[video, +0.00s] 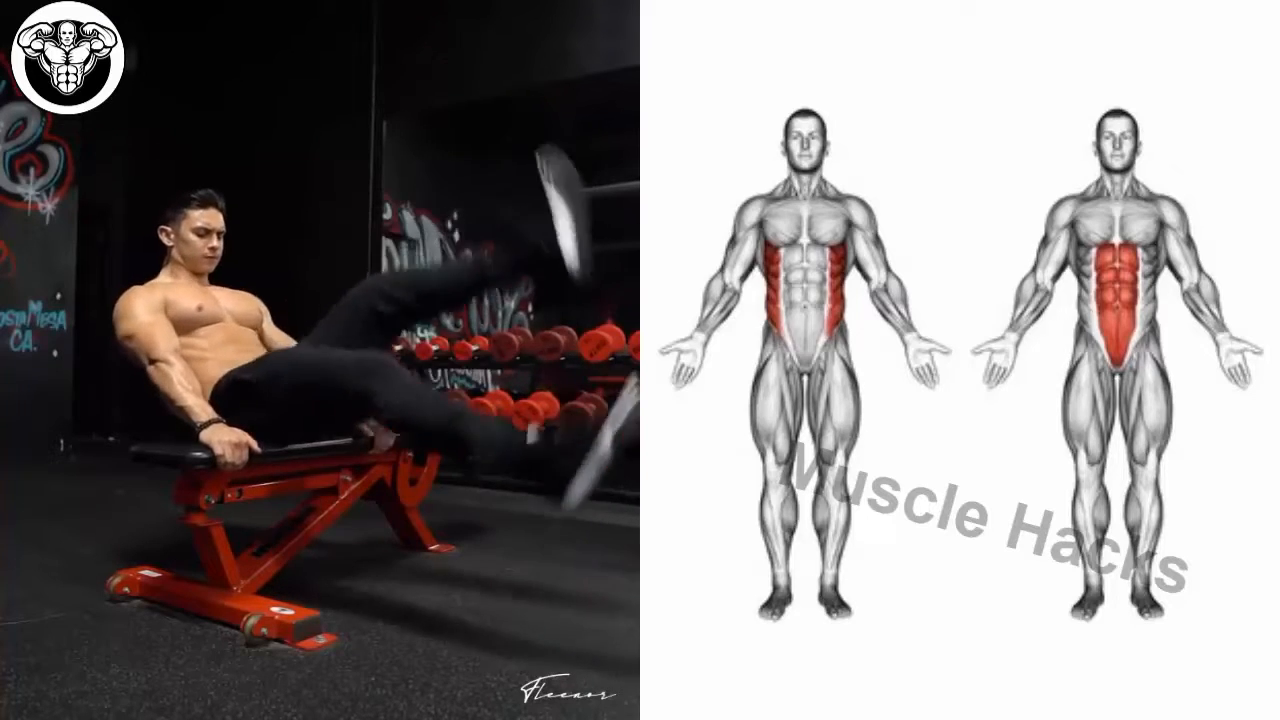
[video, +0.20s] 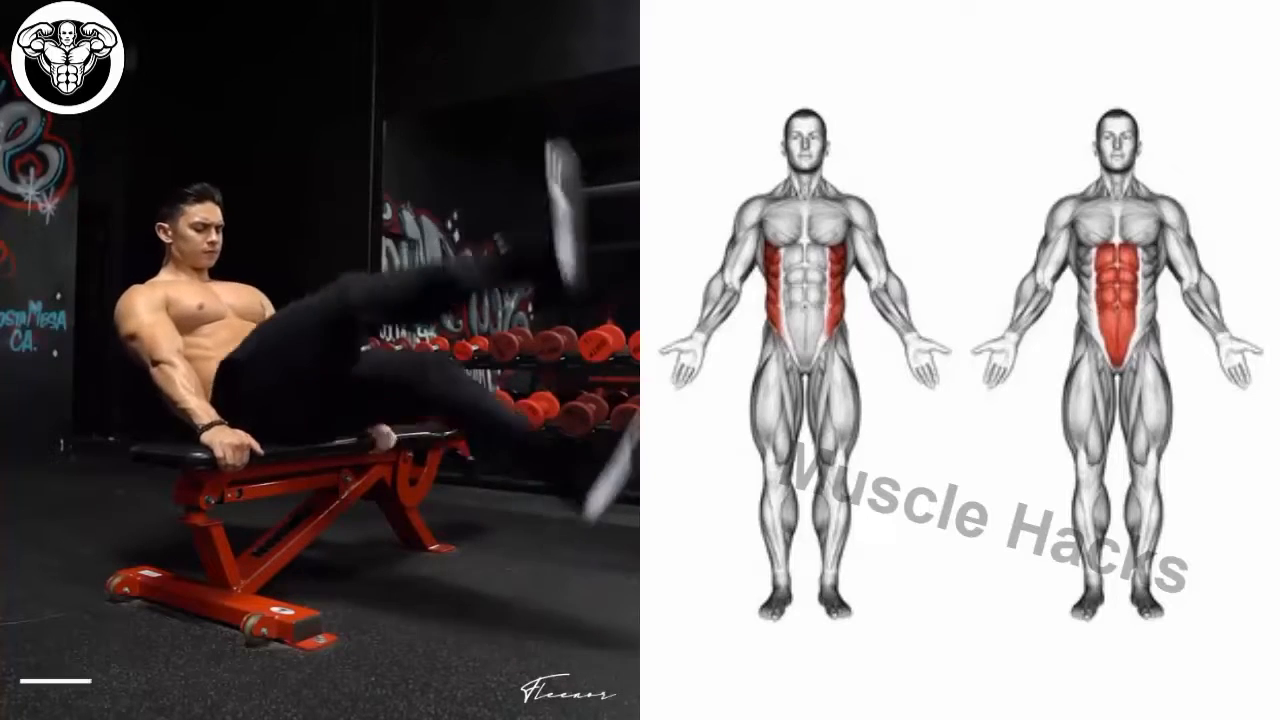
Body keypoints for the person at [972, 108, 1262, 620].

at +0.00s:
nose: (1116, 146)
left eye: (1124, 138)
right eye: (1109, 138)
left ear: (1137, 146)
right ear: (1097, 145)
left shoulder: (1164, 211)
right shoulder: (1070, 211)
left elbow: (1193, 282)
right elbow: (1041, 282)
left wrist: (1222, 336)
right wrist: (1012, 336)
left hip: (1144, 355)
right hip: (1089, 354)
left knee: (1146, 466)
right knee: (1088, 466)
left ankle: (1141, 581)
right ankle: (1092, 583)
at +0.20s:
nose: (1116, 146)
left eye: (1124, 138)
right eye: (1109, 138)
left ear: (1137, 146)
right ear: (1097, 145)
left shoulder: (1164, 211)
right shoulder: (1070, 211)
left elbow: (1193, 282)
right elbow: (1041, 282)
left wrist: (1222, 336)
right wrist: (1012, 336)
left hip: (1144, 355)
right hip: (1089, 354)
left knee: (1146, 466)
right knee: (1088, 466)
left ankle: (1141, 581)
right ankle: (1092, 583)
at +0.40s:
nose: (1116, 146)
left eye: (1124, 138)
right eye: (1109, 138)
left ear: (1137, 146)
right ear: (1097, 145)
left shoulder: (1164, 211)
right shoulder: (1070, 211)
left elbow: (1193, 282)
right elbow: (1041, 282)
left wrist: (1222, 336)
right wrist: (1012, 336)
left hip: (1144, 355)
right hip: (1089, 354)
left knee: (1146, 466)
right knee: (1088, 466)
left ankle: (1141, 581)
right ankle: (1092, 583)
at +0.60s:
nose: (1116, 146)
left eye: (1124, 138)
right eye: (1109, 138)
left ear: (1137, 146)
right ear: (1097, 145)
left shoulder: (1164, 211)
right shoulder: (1070, 211)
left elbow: (1193, 282)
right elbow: (1041, 282)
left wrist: (1222, 336)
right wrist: (1012, 336)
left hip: (1144, 355)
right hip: (1089, 354)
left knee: (1146, 466)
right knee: (1088, 466)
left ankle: (1141, 581)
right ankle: (1092, 583)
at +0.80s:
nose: (1116, 145)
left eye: (1124, 138)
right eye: (1109, 137)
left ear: (1137, 146)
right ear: (1097, 145)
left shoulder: (1164, 211)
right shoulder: (1070, 211)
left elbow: (1193, 282)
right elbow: (1041, 282)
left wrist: (1221, 335)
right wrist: (1012, 336)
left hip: (1144, 355)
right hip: (1089, 354)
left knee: (1145, 466)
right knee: (1088, 467)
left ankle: (1141, 582)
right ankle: (1092, 583)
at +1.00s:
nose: (1116, 145)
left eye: (1124, 138)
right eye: (1109, 137)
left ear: (1137, 146)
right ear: (1097, 145)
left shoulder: (1164, 211)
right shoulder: (1070, 211)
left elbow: (1193, 282)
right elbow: (1041, 282)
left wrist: (1221, 335)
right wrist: (1012, 336)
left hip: (1144, 355)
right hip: (1089, 354)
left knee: (1145, 466)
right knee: (1088, 466)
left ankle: (1141, 582)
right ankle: (1092, 583)